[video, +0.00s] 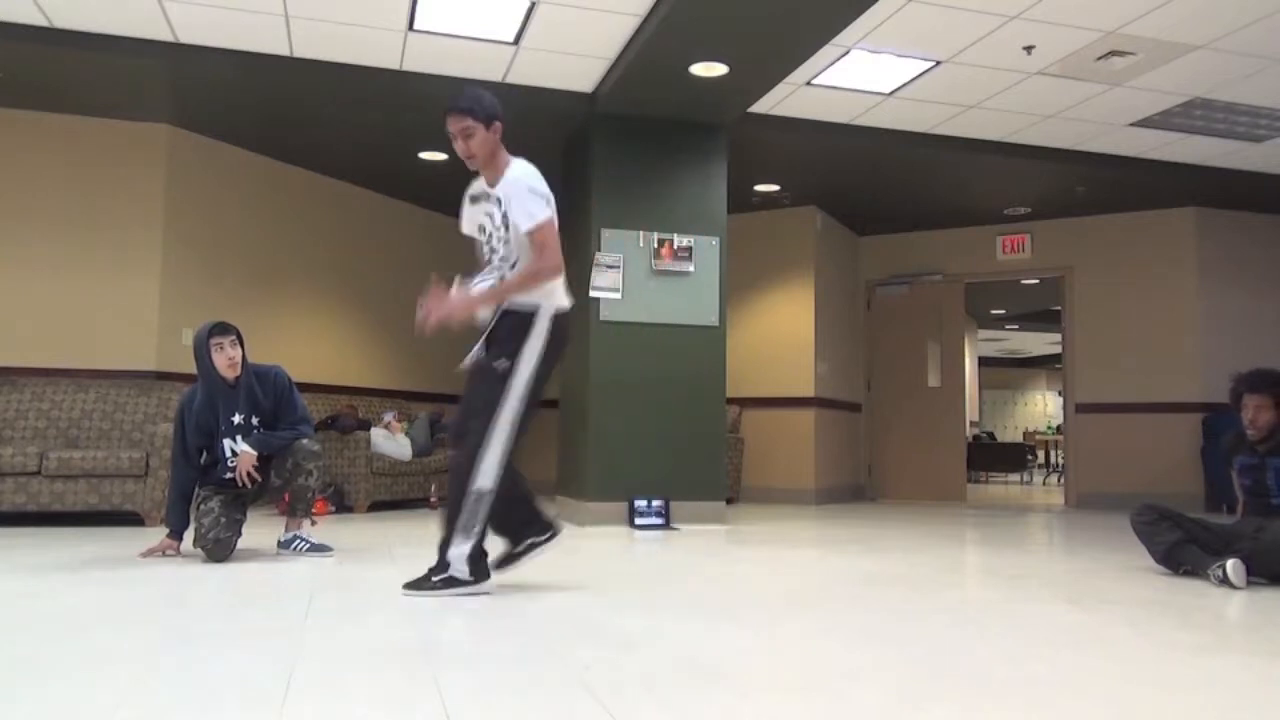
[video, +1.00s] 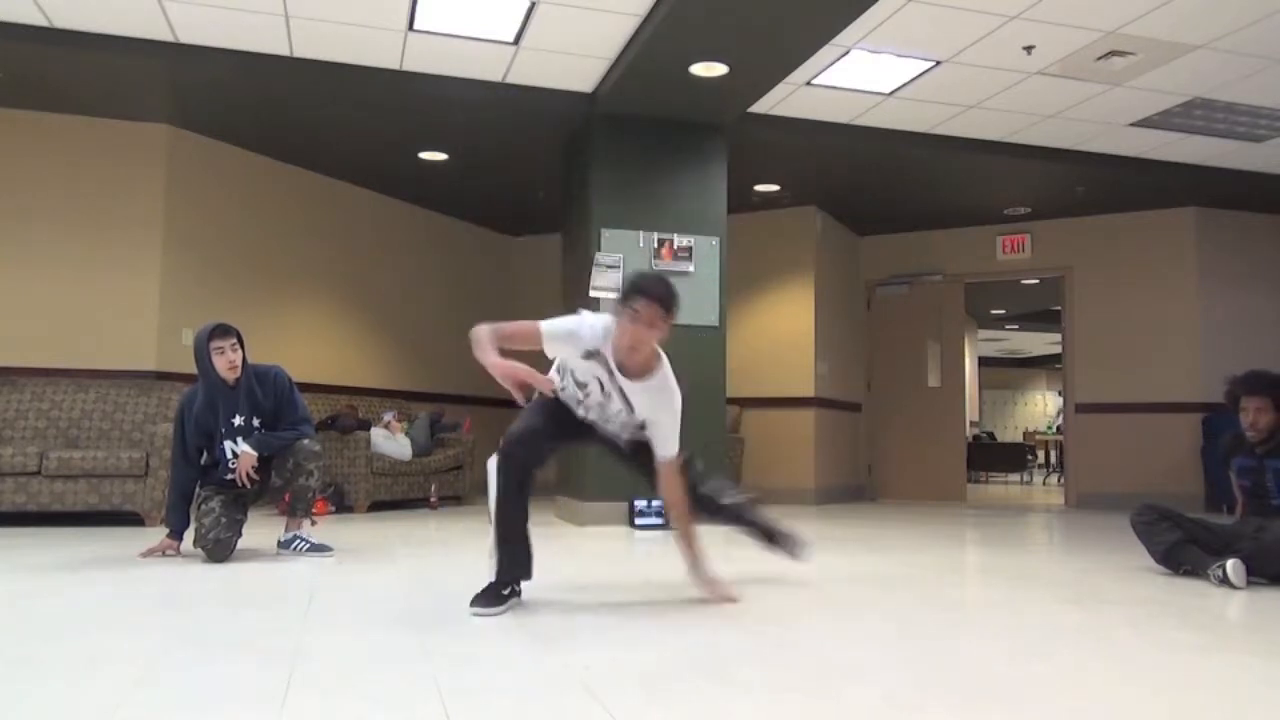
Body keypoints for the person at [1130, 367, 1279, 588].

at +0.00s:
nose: (1250, 417)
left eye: (1261, 409)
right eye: (1246, 408)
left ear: (1277, 412)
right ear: (1238, 411)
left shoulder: (1275, 451)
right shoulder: (1237, 450)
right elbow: (1243, 501)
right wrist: (1237, 532)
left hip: (1271, 536)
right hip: (1240, 534)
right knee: (1144, 514)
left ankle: (1198, 562)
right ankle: (1210, 566)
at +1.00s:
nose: (1251, 420)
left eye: (1261, 411)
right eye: (1245, 411)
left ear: (1277, 414)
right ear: (1237, 414)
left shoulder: (1275, 452)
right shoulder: (1235, 450)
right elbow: (1242, 502)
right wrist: (1236, 533)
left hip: (1271, 535)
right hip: (1240, 533)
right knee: (1145, 514)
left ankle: (1197, 562)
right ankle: (1210, 566)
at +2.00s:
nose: (1248, 421)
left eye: (1258, 413)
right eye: (1243, 412)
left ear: (1276, 415)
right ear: (1235, 414)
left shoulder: (1275, 452)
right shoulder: (1233, 449)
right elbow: (1242, 501)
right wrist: (1236, 532)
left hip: (1270, 536)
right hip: (1239, 533)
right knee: (1144, 514)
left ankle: (1197, 562)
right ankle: (1210, 566)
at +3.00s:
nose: (1249, 421)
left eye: (1260, 413)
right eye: (1244, 412)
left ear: (1277, 416)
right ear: (1236, 415)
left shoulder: (1275, 453)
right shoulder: (1234, 451)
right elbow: (1241, 501)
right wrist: (1236, 531)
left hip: (1271, 537)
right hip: (1240, 534)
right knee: (1145, 514)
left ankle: (1197, 562)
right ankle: (1210, 566)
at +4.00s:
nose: (1249, 422)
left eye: (1259, 413)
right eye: (1243, 413)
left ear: (1276, 416)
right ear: (1235, 415)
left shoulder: (1276, 451)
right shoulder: (1234, 450)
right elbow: (1241, 500)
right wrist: (1236, 530)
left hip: (1271, 536)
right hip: (1239, 533)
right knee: (1144, 515)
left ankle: (1197, 562)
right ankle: (1210, 566)